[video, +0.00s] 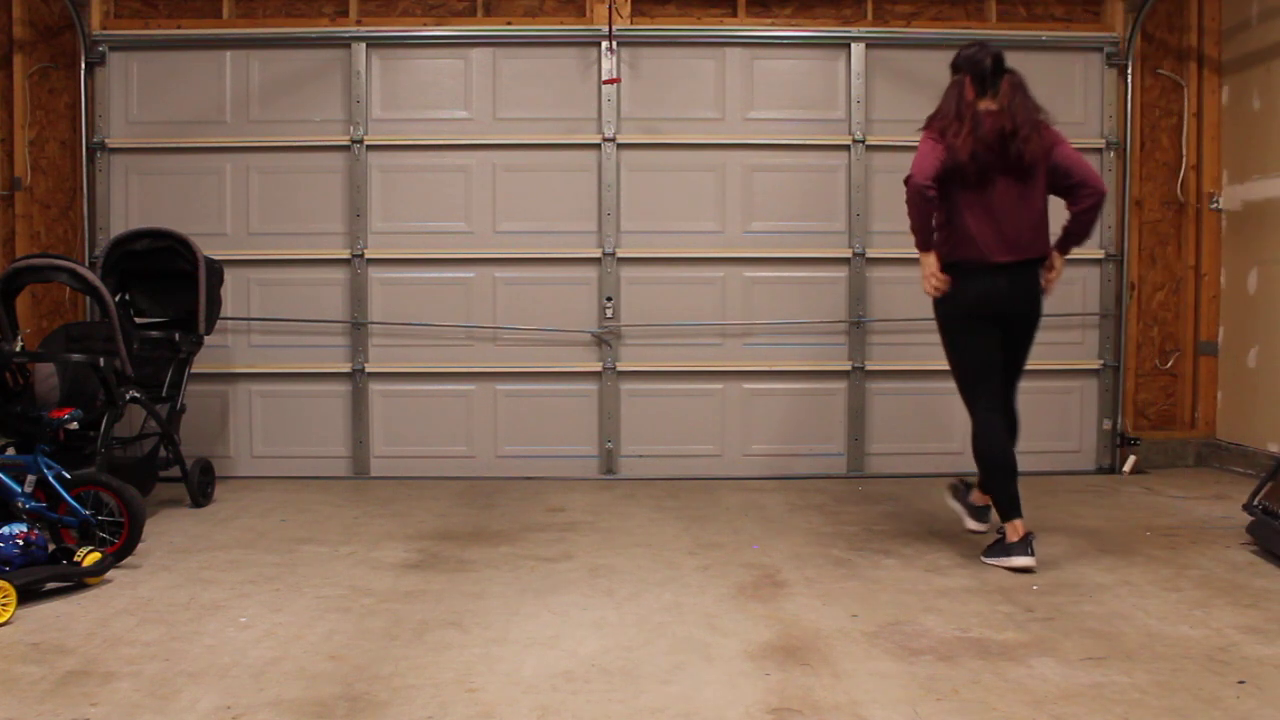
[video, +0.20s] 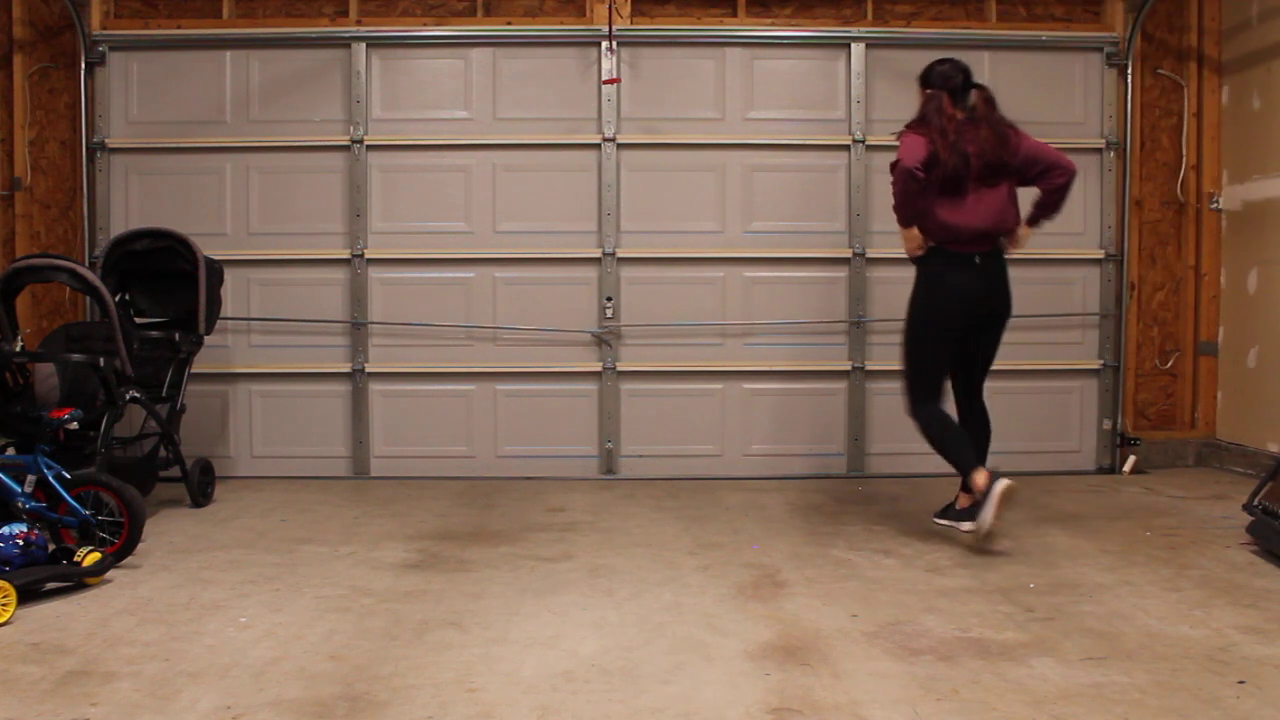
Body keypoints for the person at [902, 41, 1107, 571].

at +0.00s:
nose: (954, 93)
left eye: (955, 85)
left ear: (960, 86)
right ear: (1006, 84)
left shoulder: (944, 131)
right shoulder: (1033, 132)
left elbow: (920, 181)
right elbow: (1090, 188)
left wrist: (925, 250)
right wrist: (1062, 249)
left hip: (964, 285)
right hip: (1023, 283)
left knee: (985, 406)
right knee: (1001, 398)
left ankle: (1016, 534)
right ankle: (982, 497)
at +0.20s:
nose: (920, 100)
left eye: (922, 94)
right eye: (924, 93)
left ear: (929, 96)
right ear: (968, 95)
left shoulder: (921, 133)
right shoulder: (998, 133)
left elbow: (908, 169)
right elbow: (1062, 169)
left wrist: (907, 225)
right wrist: (1030, 223)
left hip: (942, 281)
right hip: (991, 280)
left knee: (923, 400)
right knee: (970, 390)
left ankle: (979, 480)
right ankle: (969, 502)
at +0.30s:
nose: (899, 102)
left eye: (901, 95)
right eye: (902, 94)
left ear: (910, 96)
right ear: (946, 95)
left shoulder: (906, 133)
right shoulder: (978, 132)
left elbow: (912, 164)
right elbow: (1042, 162)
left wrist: (907, 222)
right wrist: (1004, 214)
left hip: (929, 276)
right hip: (976, 276)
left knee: (890, 383)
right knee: (963, 389)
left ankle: (943, 475)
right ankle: (968, 507)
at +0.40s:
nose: (877, 106)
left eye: (879, 99)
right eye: (879, 98)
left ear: (887, 100)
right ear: (922, 99)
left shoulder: (892, 135)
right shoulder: (953, 135)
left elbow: (912, 160)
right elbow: (1019, 162)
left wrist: (899, 219)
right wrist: (986, 216)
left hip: (913, 273)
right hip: (958, 274)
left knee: (874, 380)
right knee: (960, 388)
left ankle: (887, 489)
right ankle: (966, 501)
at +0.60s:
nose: (832, 129)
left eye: (834, 122)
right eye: (833, 122)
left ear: (849, 122)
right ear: (873, 120)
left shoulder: (852, 155)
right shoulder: (903, 155)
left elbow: (873, 179)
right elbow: (967, 182)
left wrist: (861, 241)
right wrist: (933, 234)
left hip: (868, 288)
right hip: (911, 286)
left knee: (845, 392)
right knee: (925, 390)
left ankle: (827, 487)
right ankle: (963, 493)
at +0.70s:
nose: (806, 127)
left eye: (809, 119)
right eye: (807, 119)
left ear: (824, 119)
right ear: (847, 118)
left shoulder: (827, 153)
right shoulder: (878, 152)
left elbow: (845, 180)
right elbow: (938, 183)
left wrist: (830, 234)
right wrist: (905, 233)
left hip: (839, 284)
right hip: (880, 282)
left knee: (824, 389)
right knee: (882, 386)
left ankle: (824, 486)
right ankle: (943, 465)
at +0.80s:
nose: (782, 124)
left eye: (785, 117)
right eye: (783, 117)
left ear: (802, 118)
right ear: (822, 117)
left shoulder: (805, 148)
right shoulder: (853, 149)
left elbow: (816, 167)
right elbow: (915, 177)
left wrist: (800, 216)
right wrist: (880, 218)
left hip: (817, 276)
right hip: (853, 274)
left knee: (812, 382)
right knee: (835, 375)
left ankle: (824, 486)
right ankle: (893, 449)